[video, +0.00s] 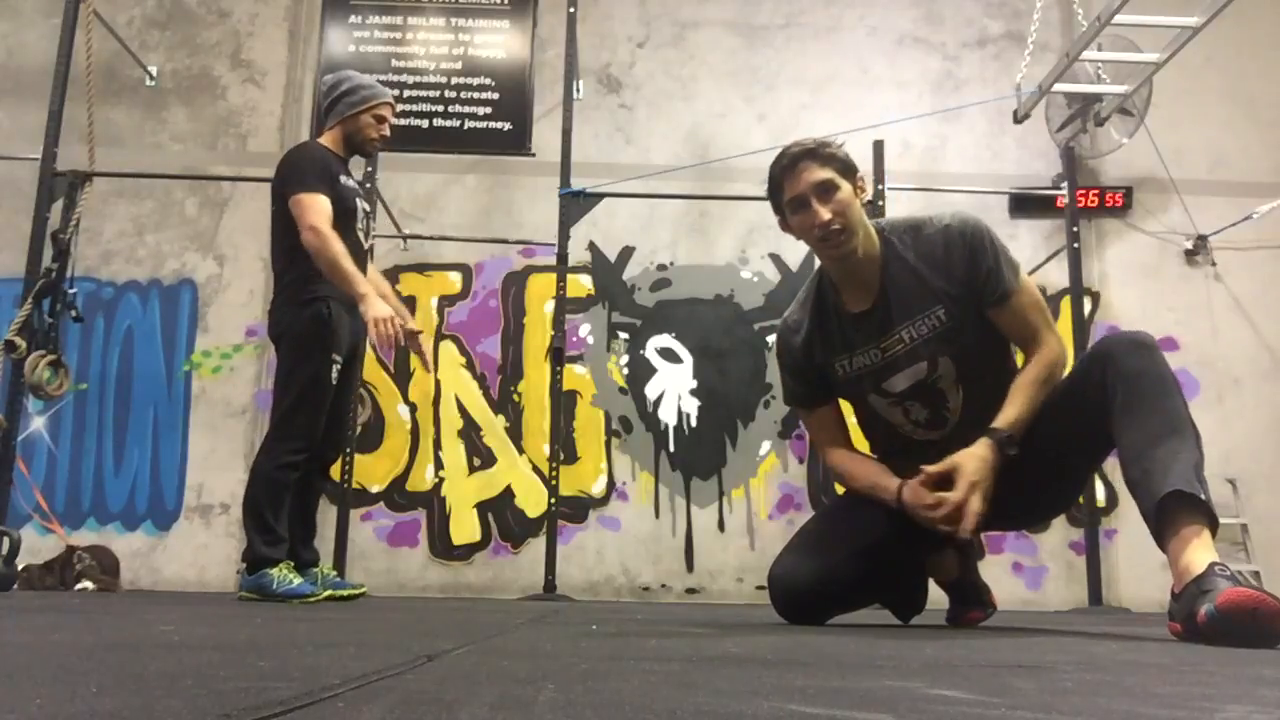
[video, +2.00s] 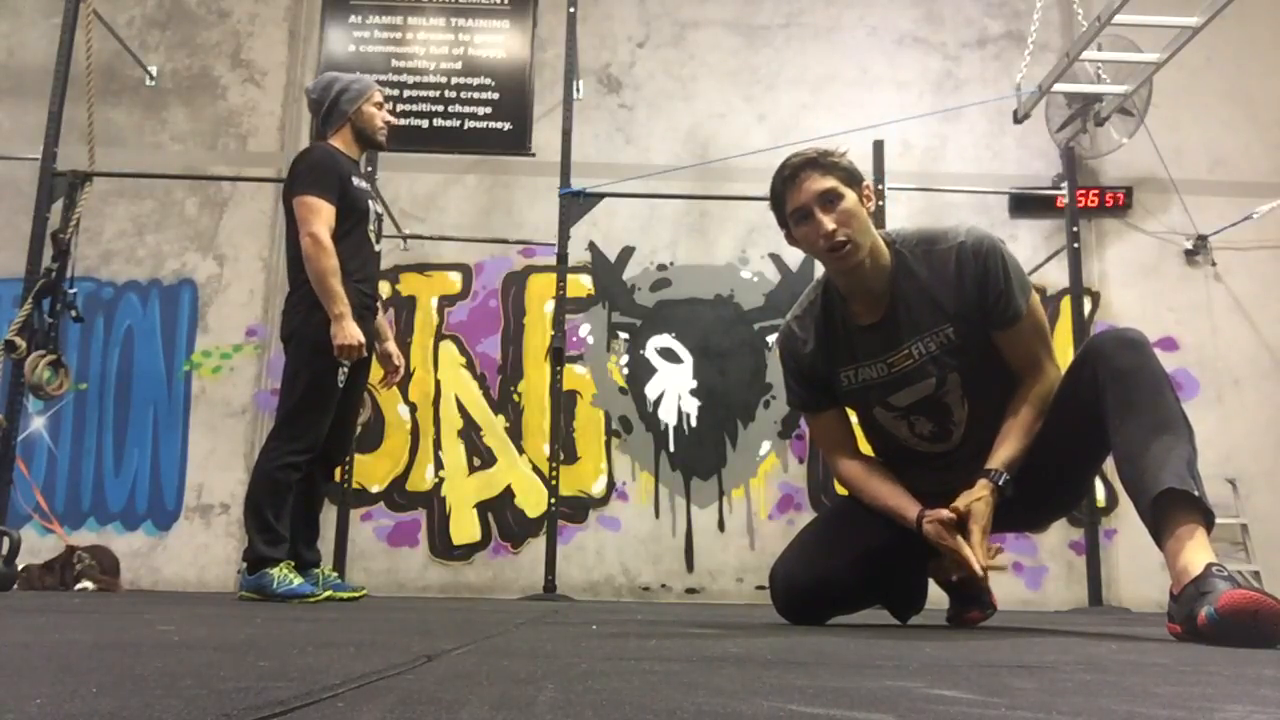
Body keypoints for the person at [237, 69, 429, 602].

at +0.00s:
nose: (386, 131)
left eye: (389, 122)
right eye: (378, 119)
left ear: (360, 120)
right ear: (344, 115)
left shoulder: (344, 176)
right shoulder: (307, 159)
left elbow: (359, 260)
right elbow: (315, 234)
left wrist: (397, 308)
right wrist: (365, 295)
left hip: (342, 319)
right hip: (311, 316)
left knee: (320, 445)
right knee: (291, 440)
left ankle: (301, 564)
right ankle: (263, 566)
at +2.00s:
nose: (389, 115)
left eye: (387, 107)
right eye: (379, 106)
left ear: (359, 116)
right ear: (347, 112)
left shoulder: (354, 175)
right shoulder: (319, 161)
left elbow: (360, 269)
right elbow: (314, 240)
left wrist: (384, 336)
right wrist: (340, 316)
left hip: (348, 330)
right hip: (319, 325)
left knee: (323, 452)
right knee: (295, 442)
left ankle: (302, 564)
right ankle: (263, 566)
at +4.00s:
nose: (387, 117)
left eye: (385, 108)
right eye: (378, 107)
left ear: (357, 116)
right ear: (346, 112)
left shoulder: (353, 175)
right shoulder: (316, 163)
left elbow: (359, 265)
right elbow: (312, 242)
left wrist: (380, 335)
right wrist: (335, 317)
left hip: (348, 327)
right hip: (319, 323)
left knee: (324, 450)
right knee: (296, 441)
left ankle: (302, 564)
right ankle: (262, 566)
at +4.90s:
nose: (390, 118)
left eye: (389, 109)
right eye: (381, 108)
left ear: (364, 118)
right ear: (349, 113)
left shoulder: (356, 176)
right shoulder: (320, 163)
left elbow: (364, 267)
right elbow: (316, 242)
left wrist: (384, 337)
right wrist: (339, 317)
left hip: (351, 327)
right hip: (321, 323)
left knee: (326, 450)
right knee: (298, 440)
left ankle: (303, 563)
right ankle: (263, 566)